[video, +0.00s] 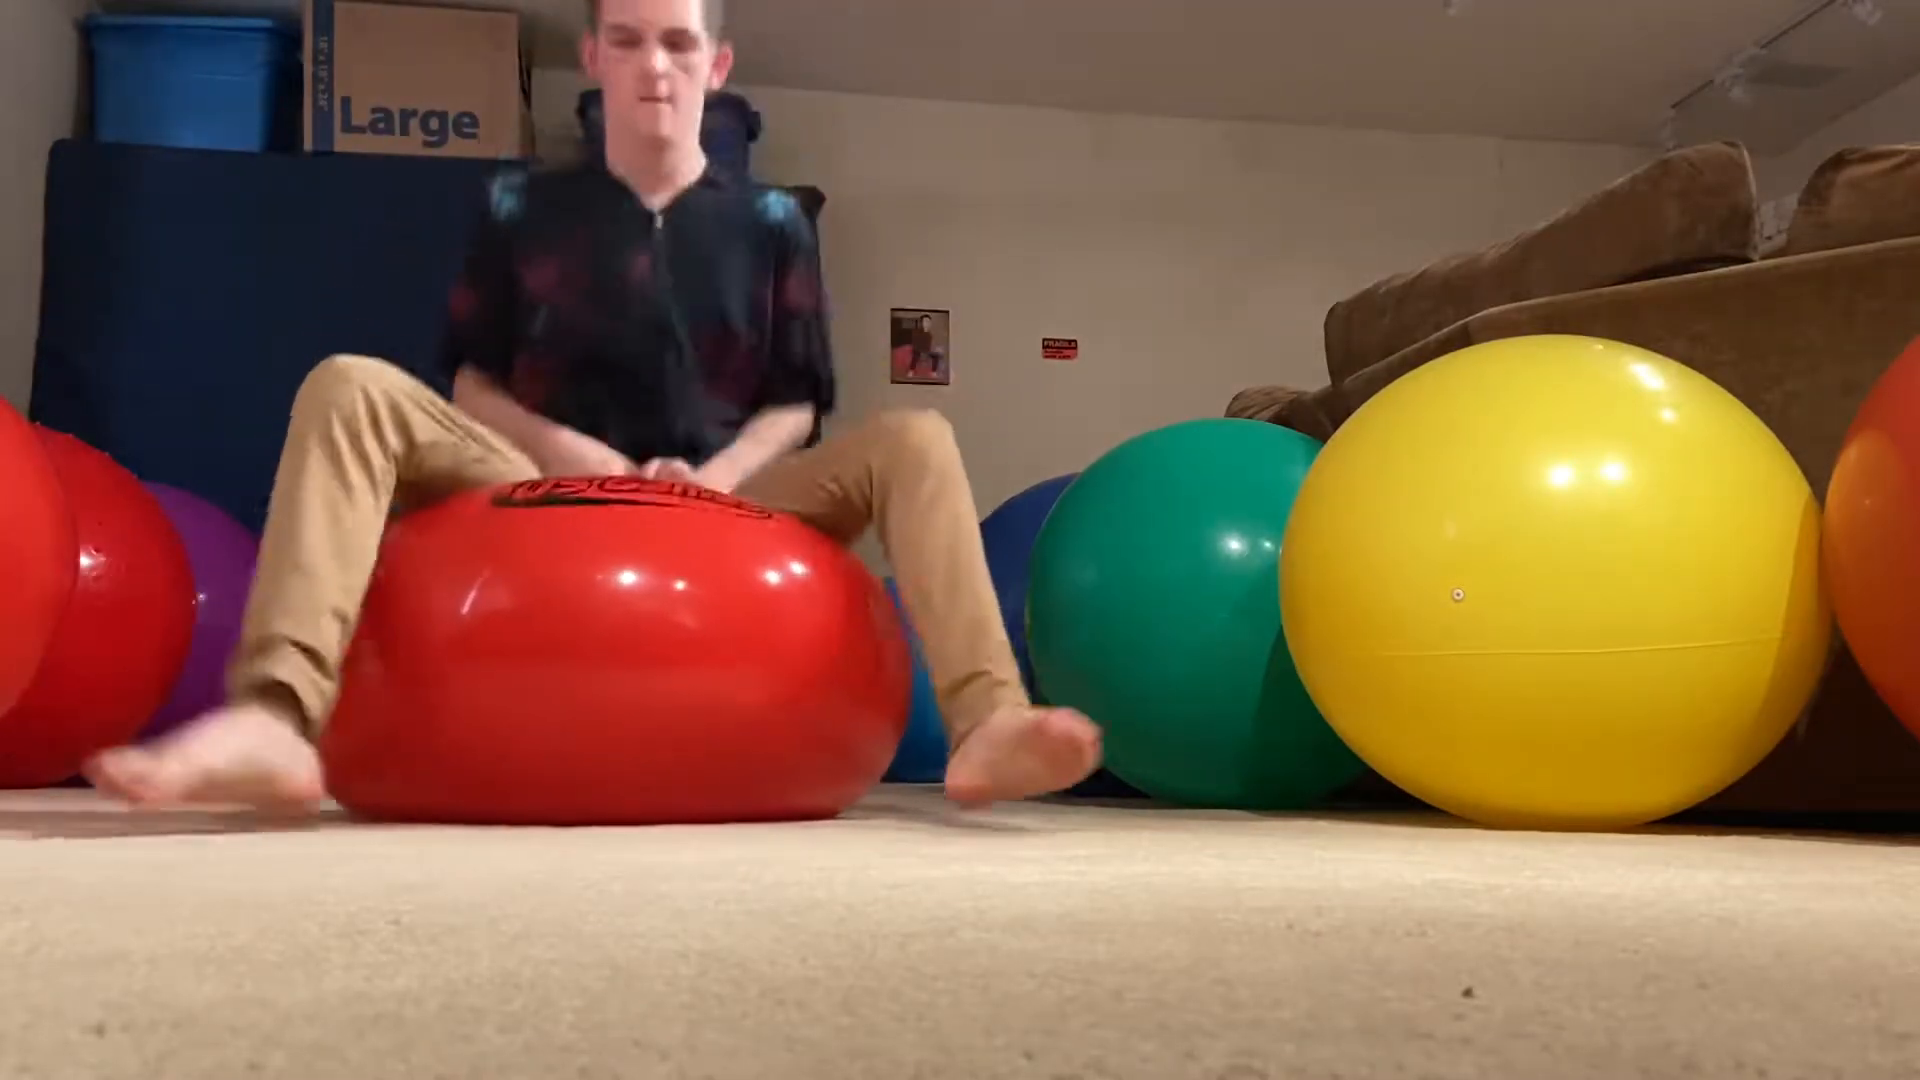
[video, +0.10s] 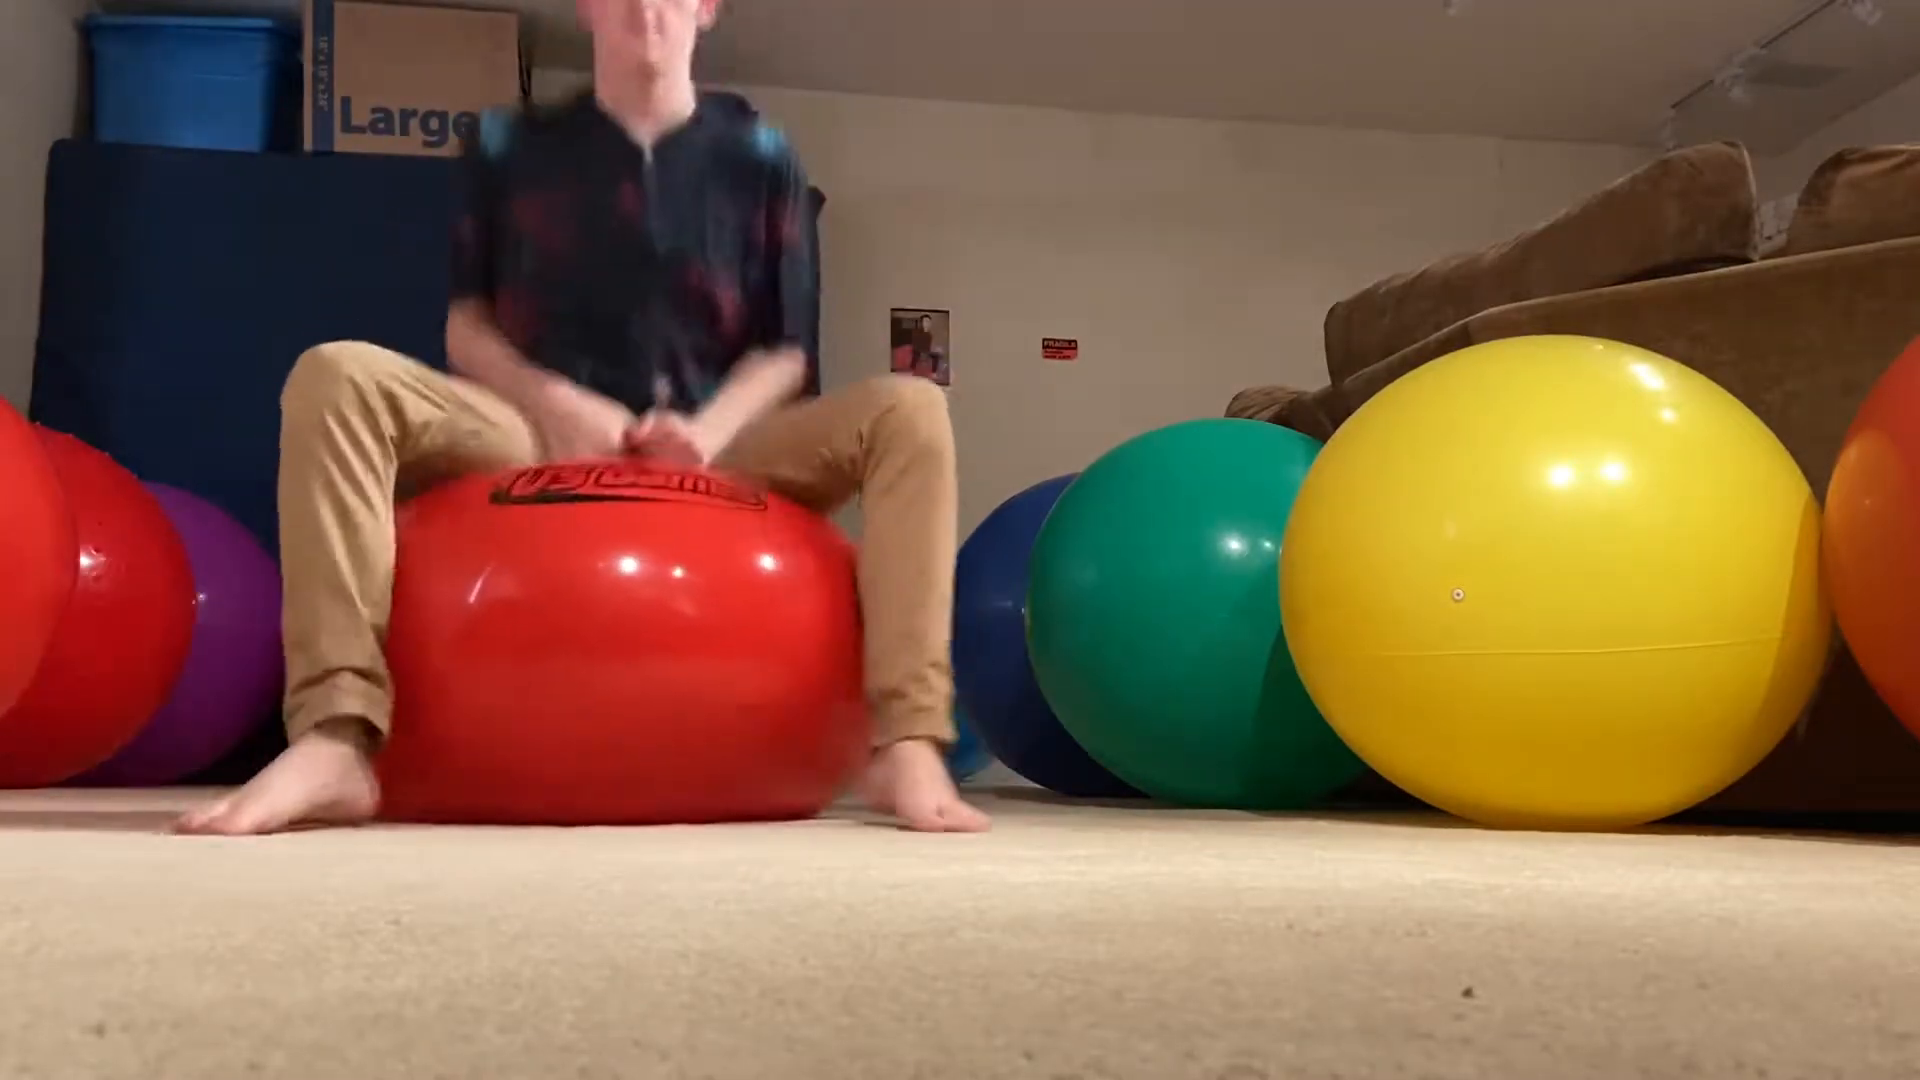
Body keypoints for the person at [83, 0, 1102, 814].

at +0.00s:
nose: (653, 66)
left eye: (677, 44)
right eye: (628, 43)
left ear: (718, 68)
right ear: (590, 64)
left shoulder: (774, 226)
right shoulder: (519, 208)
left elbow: (803, 401)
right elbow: (467, 387)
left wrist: (730, 473)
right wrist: (560, 451)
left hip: (726, 489)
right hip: (549, 481)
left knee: (913, 437)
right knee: (347, 390)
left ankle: (986, 728)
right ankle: (275, 724)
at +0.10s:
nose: (647, 13)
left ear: (703, 15)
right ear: (586, 11)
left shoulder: (761, 161)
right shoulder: (515, 148)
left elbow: (786, 350)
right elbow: (467, 336)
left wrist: (706, 429)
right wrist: (555, 406)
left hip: (711, 448)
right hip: (545, 438)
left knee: (910, 410)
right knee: (333, 378)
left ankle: (910, 748)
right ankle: (334, 742)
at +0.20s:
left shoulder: (764, 23)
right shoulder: (495, 13)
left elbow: (781, 183)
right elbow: (476, 162)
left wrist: (716, 305)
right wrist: (568, 276)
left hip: (719, 310)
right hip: (550, 304)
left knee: (898, 399)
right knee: (355, 382)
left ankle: (888, 745)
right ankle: (314, 752)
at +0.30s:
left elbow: (766, 49)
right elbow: (497, 31)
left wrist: (715, 199)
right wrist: (586, 176)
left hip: (725, 179)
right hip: (548, 171)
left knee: (851, 348)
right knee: (421, 339)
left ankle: (926, 674)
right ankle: (303, 675)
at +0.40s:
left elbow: (767, 13)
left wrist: (710, 130)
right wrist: (581, 116)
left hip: (725, 109)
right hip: (547, 101)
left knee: (828, 296)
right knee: (449, 290)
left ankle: (928, 629)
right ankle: (305, 644)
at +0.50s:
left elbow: (783, 37)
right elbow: (481, 20)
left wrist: (711, 144)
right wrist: (573, 133)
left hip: (723, 137)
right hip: (541, 133)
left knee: (839, 318)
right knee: (435, 318)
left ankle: (934, 662)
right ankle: (309, 685)